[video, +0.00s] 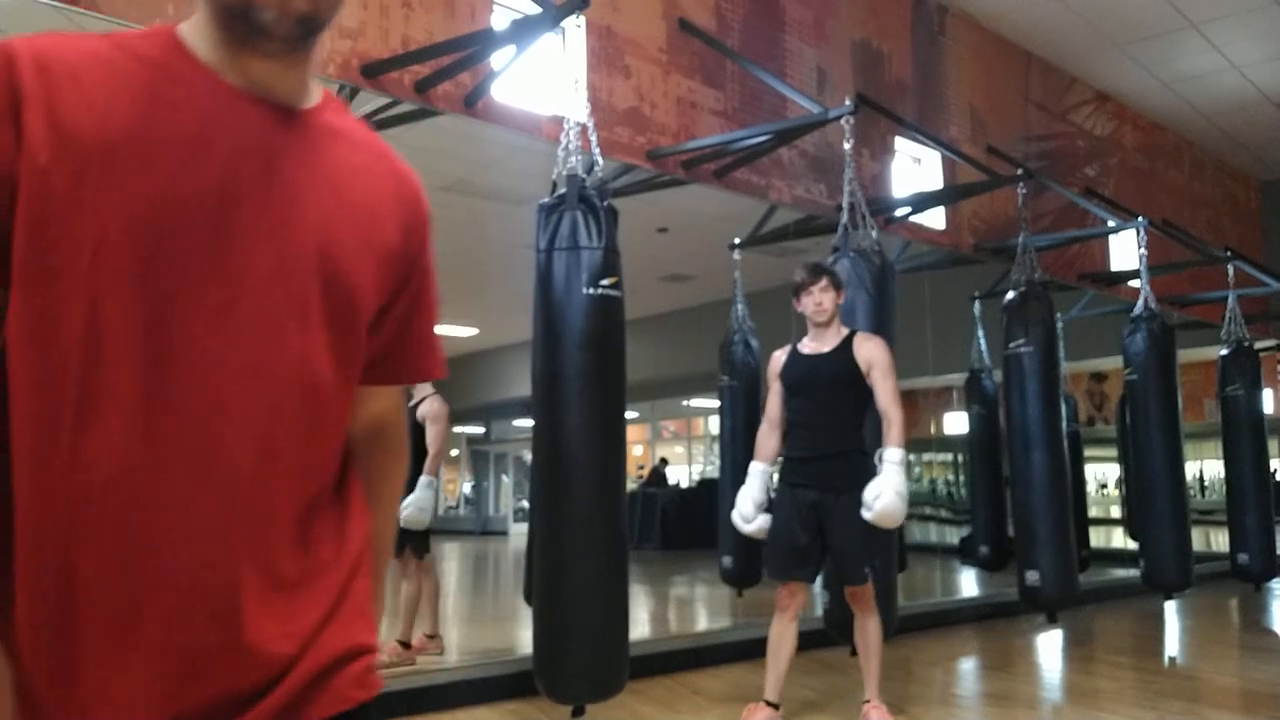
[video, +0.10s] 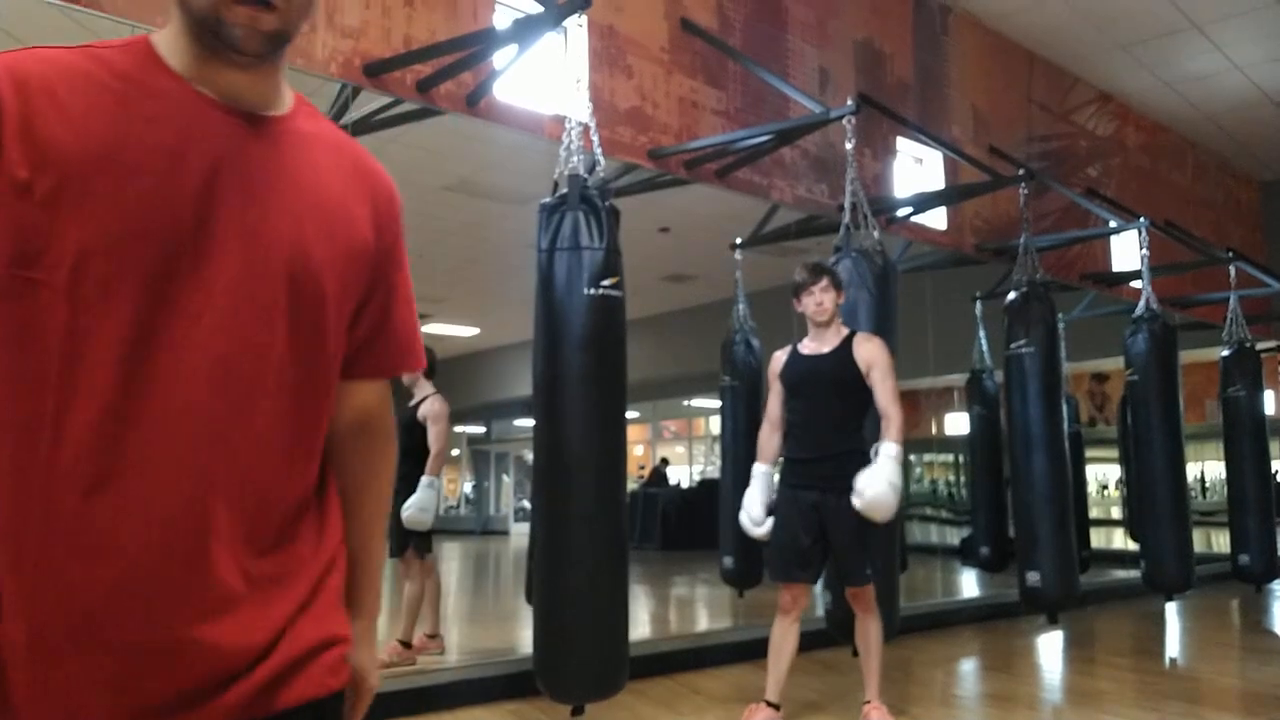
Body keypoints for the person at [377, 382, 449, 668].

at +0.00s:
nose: (405, 375)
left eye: (408, 369)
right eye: (405, 369)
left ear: (418, 372)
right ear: (417, 373)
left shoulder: (433, 405)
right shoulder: (409, 404)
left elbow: (435, 451)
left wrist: (424, 489)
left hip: (415, 489)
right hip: (404, 488)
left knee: (408, 566)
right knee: (422, 565)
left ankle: (403, 641)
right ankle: (430, 634)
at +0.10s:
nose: (401, 371)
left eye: (406, 365)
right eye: (401, 365)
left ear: (420, 366)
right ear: (416, 368)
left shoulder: (433, 404)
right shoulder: (414, 403)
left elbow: (438, 450)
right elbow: (406, 449)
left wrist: (427, 489)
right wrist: (393, 486)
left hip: (416, 489)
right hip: (404, 487)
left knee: (412, 564)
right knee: (424, 563)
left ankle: (404, 641)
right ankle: (431, 633)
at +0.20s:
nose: (398, 372)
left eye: (402, 366)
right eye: (398, 367)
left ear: (417, 367)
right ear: (418, 368)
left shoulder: (435, 401)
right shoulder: (414, 401)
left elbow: (439, 448)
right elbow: (411, 446)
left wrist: (426, 486)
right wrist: (397, 480)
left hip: (418, 484)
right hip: (406, 483)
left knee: (413, 563)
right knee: (427, 563)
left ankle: (405, 637)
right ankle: (432, 631)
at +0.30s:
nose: (397, 373)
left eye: (400, 368)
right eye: (397, 368)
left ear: (416, 369)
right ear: (415, 369)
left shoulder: (433, 403)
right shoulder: (408, 402)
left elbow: (437, 449)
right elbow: (406, 445)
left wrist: (425, 486)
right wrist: (396, 478)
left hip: (420, 483)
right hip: (403, 481)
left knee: (424, 562)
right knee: (411, 561)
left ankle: (431, 630)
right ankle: (412, 628)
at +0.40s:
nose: (396, 374)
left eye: (399, 368)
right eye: (396, 369)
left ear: (415, 370)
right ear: (415, 370)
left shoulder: (432, 404)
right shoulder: (409, 402)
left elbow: (437, 449)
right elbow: (409, 446)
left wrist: (426, 486)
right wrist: (397, 480)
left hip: (419, 486)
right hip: (404, 483)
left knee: (424, 562)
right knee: (410, 560)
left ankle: (431, 632)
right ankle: (409, 632)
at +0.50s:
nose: (396, 371)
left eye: (400, 365)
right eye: (395, 365)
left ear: (417, 366)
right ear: (415, 367)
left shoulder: (433, 401)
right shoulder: (409, 401)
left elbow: (437, 447)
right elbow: (406, 444)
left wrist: (425, 485)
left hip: (420, 483)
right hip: (404, 481)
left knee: (419, 558)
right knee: (418, 559)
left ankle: (430, 630)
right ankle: (425, 630)